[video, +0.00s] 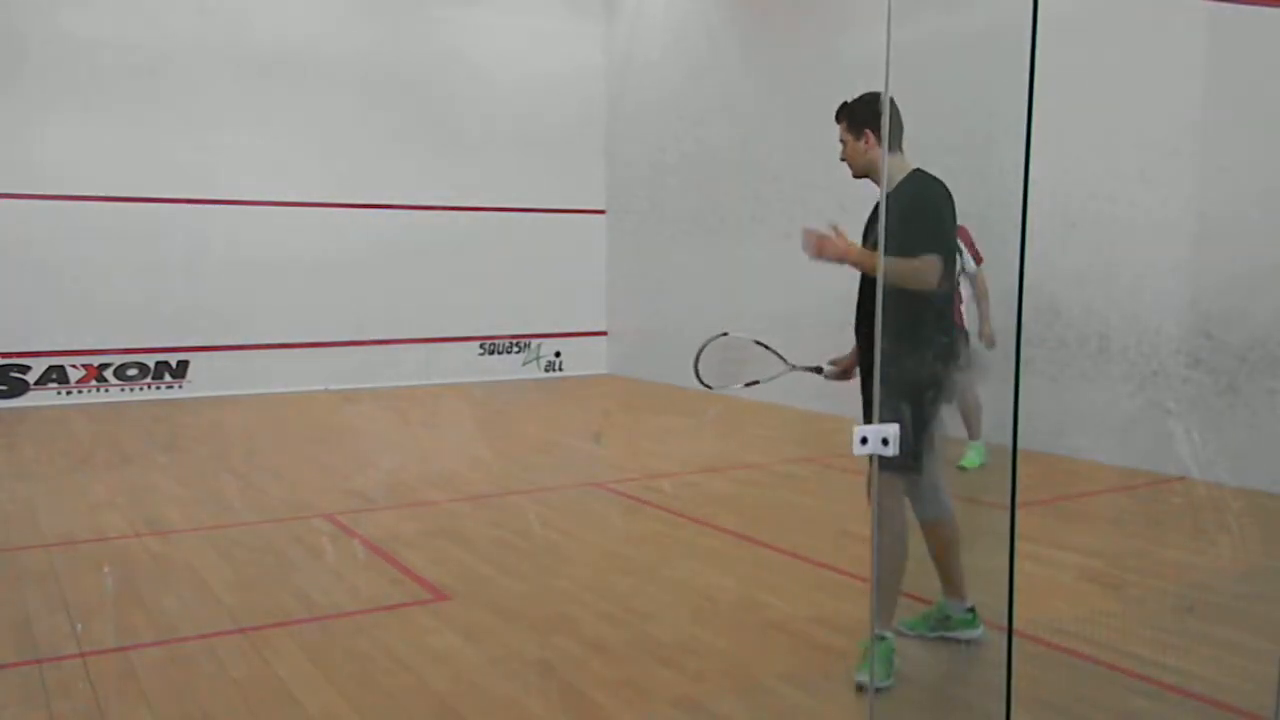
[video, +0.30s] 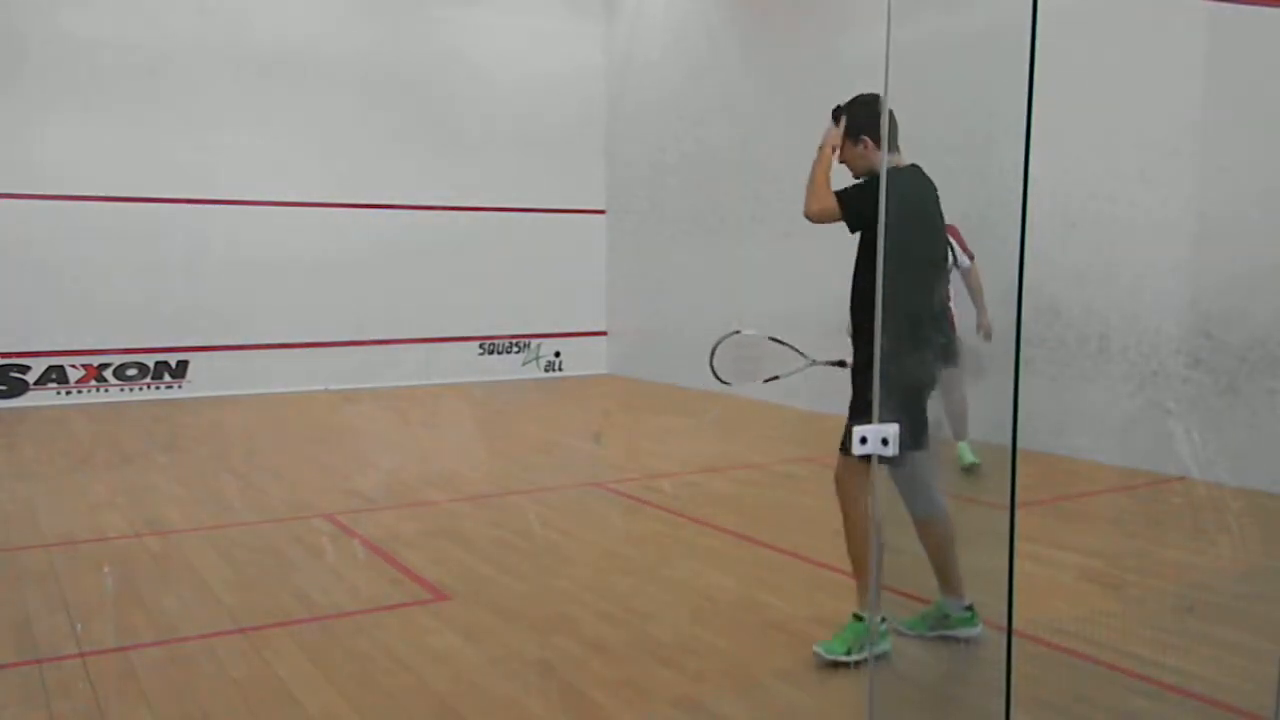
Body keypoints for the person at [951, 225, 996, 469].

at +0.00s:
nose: (936, 213)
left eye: (940, 207)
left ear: (947, 207)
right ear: (921, 211)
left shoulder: (957, 235)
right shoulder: (914, 241)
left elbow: (977, 278)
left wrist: (985, 323)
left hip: (952, 327)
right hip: (920, 327)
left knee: (962, 385)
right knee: (921, 390)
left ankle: (975, 442)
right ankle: (920, 446)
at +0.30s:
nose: (923, 215)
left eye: (927, 209)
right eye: (916, 212)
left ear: (933, 209)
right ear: (907, 215)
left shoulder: (946, 234)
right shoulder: (895, 239)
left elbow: (967, 269)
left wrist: (981, 313)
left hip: (940, 324)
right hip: (905, 327)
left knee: (952, 385)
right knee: (909, 389)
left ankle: (962, 443)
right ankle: (908, 444)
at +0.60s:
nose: (926, 226)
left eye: (931, 221)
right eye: (922, 221)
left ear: (943, 212)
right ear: (915, 213)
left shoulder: (960, 234)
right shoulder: (911, 236)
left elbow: (978, 275)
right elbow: (900, 272)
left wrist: (976, 319)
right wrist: (897, 311)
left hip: (947, 325)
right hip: (911, 324)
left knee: (952, 383)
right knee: (893, 380)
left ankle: (952, 442)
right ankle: (887, 440)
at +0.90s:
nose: (920, 218)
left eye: (925, 213)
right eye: (915, 214)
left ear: (936, 203)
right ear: (908, 207)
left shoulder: (957, 227)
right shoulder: (896, 230)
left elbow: (978, 266)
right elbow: (886, 269)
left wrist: (978, 309)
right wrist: (876, 304)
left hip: (948, 321)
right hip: (907, 321)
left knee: (956, 381)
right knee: (905, 379)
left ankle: (963, 443)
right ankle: (913, 440)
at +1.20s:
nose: (923, 218)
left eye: (928, 212)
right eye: (918, 212)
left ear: (941, 203)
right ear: (911, 207)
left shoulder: (963, 225)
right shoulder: (904, 228)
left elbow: (978, 268)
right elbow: (893, 267)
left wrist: (970, 309)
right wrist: (881, 302)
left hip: (950, 317)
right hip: (912, 316)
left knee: (955, 379)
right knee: (901, 372)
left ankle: (954, 443)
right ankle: (903, 437)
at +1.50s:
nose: (921, 216)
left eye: (926, 210)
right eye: (917, 211)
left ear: (940, 202)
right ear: (912, 207)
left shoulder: (964, 223)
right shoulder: (909, 226)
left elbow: (982, 267)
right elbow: (901, 265)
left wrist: (986, 314)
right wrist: (890, 300)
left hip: (956, 318)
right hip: (917, 317)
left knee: (957, 378)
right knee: (910, 373)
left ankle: (957, 442)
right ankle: (915, 437)